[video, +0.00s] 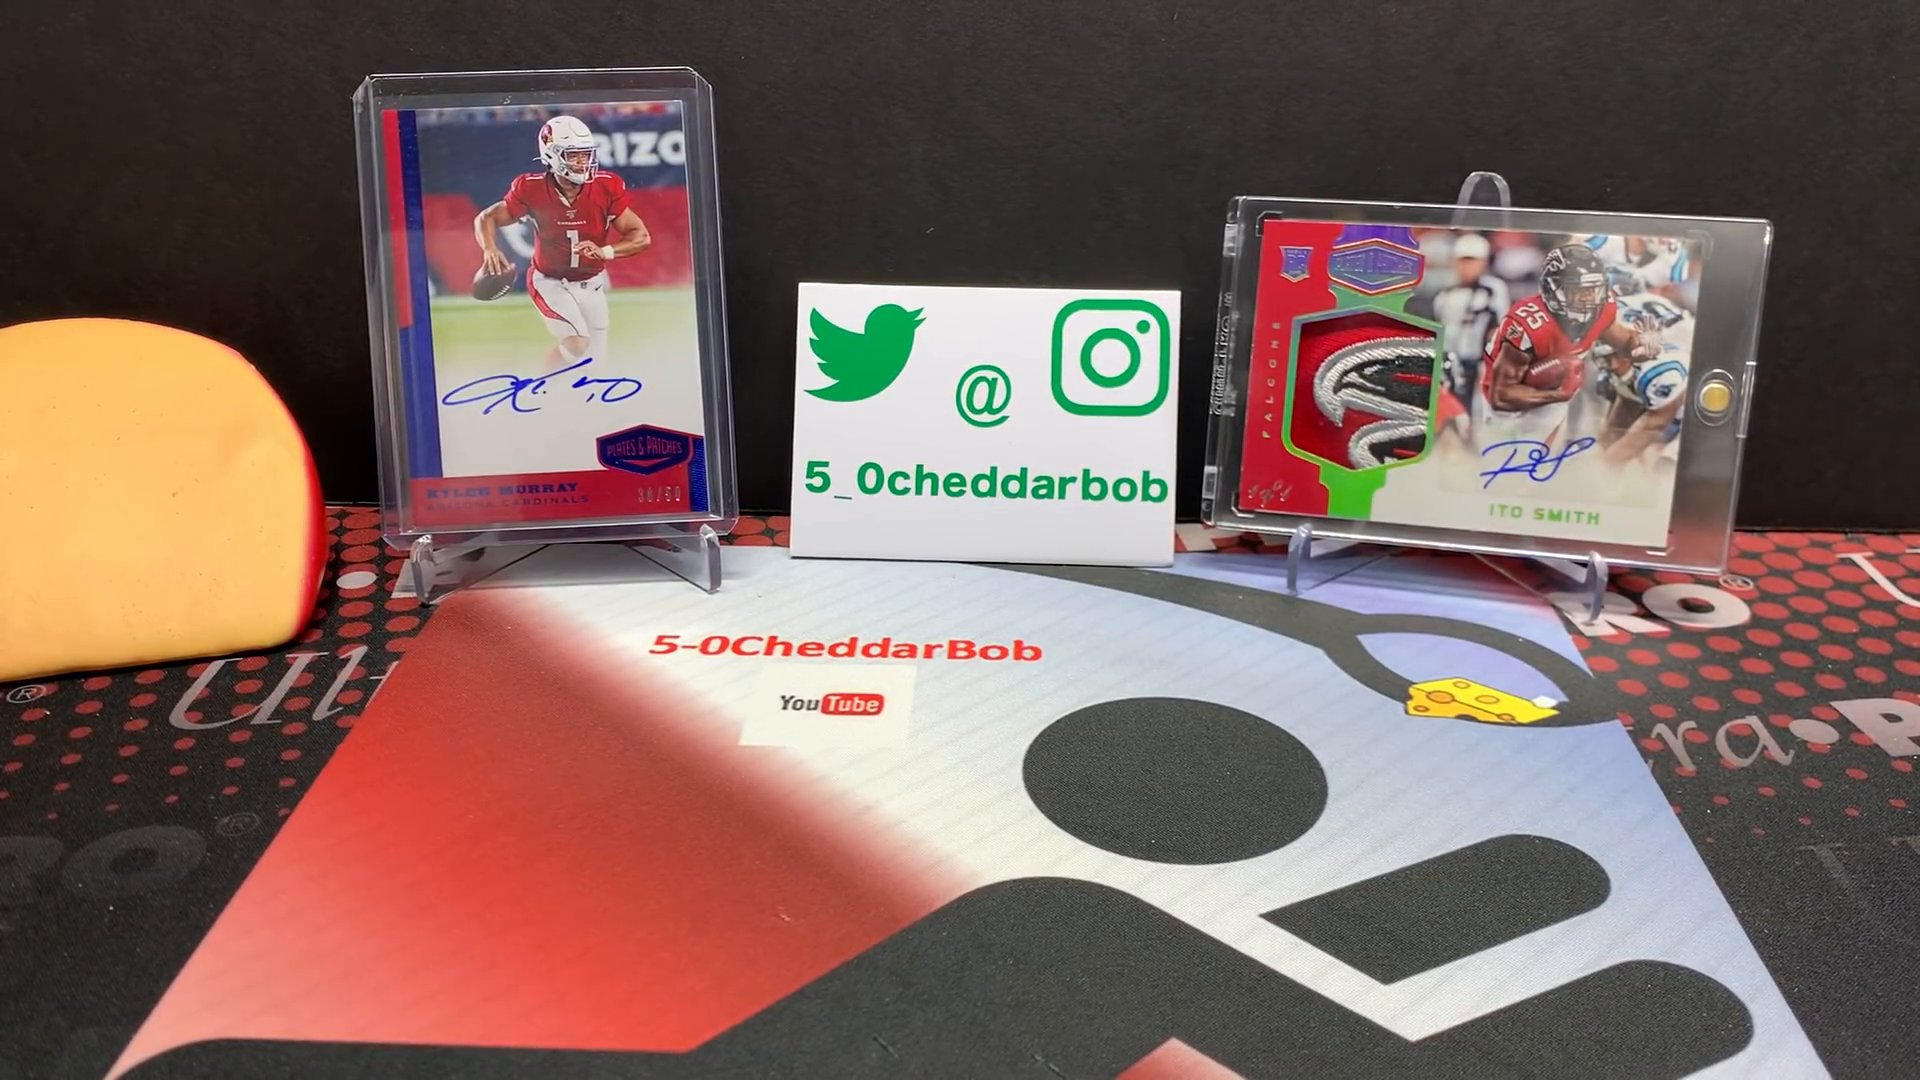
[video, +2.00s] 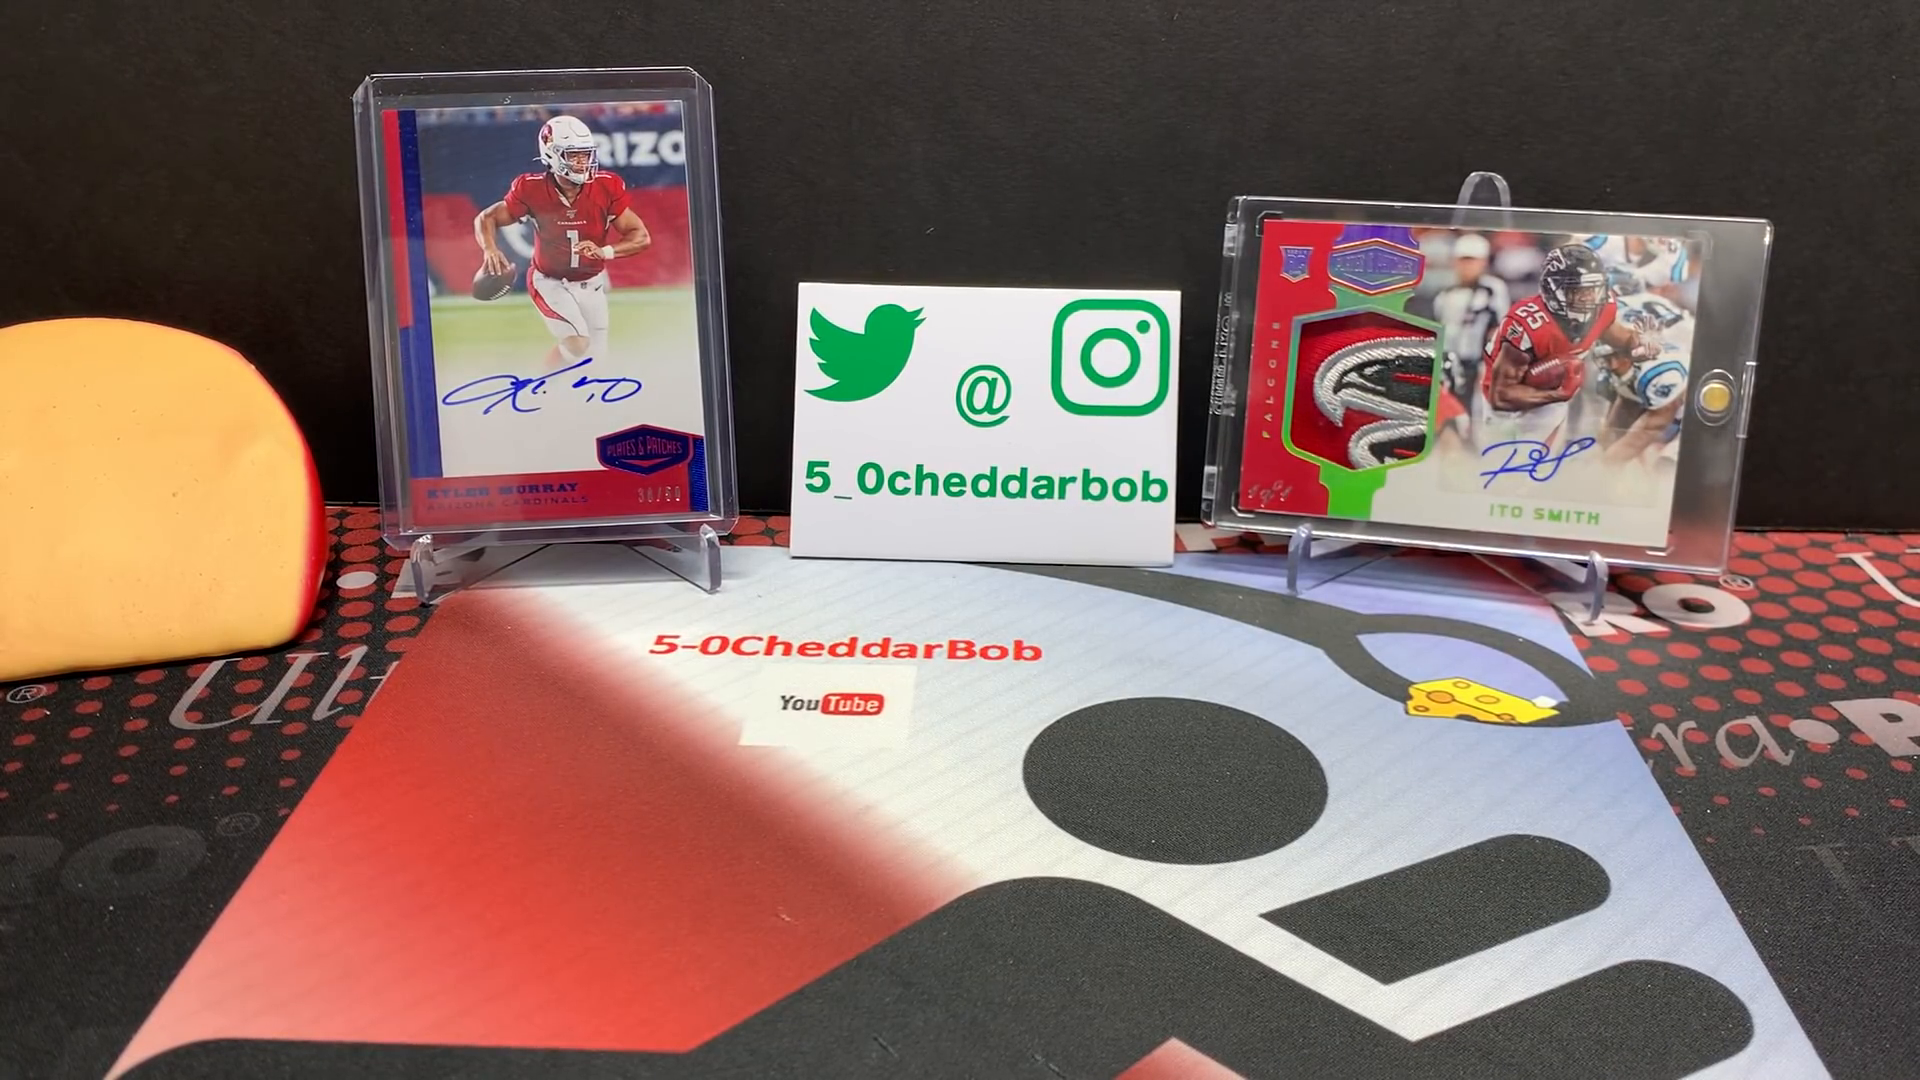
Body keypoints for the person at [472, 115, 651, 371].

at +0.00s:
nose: (580, 162)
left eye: (585, 155)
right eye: (572, 156)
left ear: (592, 154)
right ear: (552, 155)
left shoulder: (607, 187)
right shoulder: (530, 189)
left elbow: (641, 237)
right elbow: (484, 219)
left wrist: (606, 252)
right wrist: (490, 249)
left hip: (591, 283)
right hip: (549, 280)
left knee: (596, 363)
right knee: (576, 343)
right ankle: (534, 391)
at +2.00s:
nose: (581, 162)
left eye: (585, 155)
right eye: (573, 156)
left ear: (591, 154)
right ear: (552, 155)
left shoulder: (607, 186)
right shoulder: (530, 189)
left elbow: (641, 237)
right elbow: (484, 219)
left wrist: (605, 252)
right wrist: (490, 249)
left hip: (591, 283)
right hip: (549, 280)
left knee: (596, 361)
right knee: (576, 344)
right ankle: (534, 391)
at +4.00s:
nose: (580, 162)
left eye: (585, 155)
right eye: (573, 156)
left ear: (591, 154)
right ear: (552, 155)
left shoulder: (606, 187)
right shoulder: (530, 189)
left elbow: (641, 238)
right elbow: (484, 219)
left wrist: (605, 252)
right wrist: (490, 248)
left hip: (591, 283)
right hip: (549, 280)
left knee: (596, 362)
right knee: (577, 344)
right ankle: (534, 391)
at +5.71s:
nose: (580, 162)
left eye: (585, 155)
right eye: (573, 156)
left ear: (591, 154)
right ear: (552, 155)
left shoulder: (607, 187)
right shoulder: (530, 190)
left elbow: (642, 238)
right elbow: (484, 219)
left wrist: (605, 252)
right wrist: (490, 248)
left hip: (591, 283)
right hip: (548, 280)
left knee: (596, 363)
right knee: (577, 344)